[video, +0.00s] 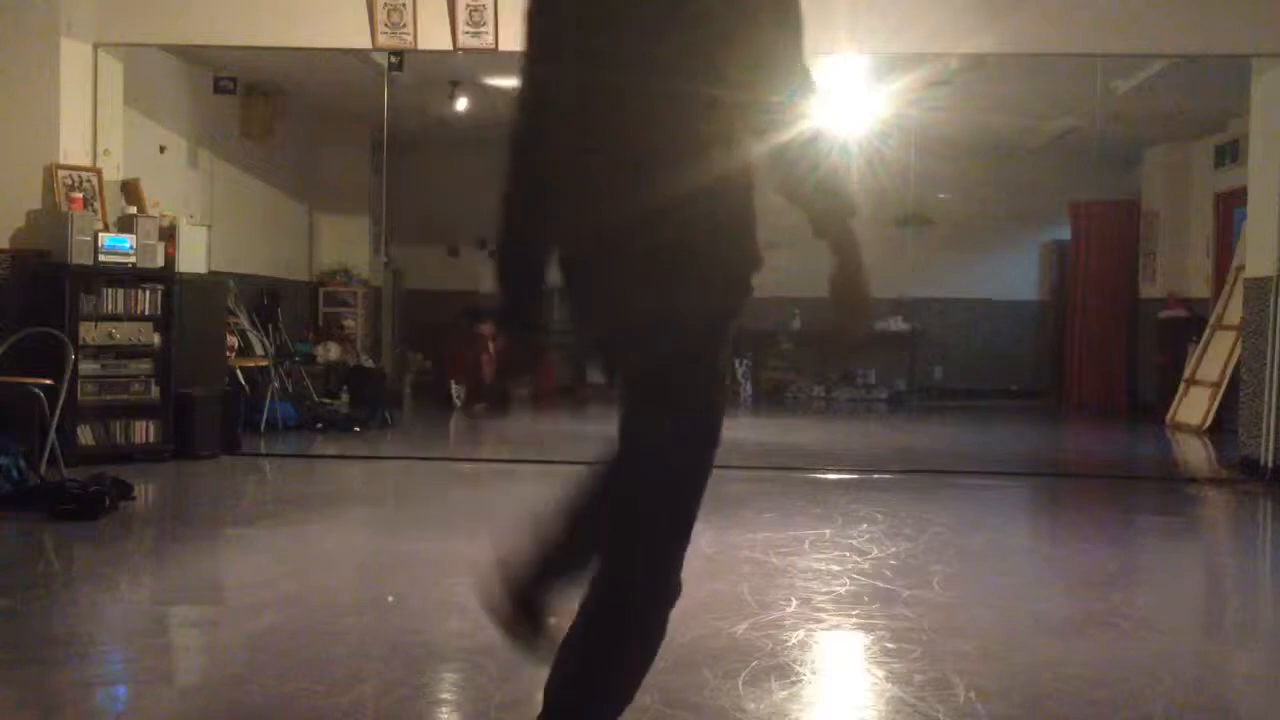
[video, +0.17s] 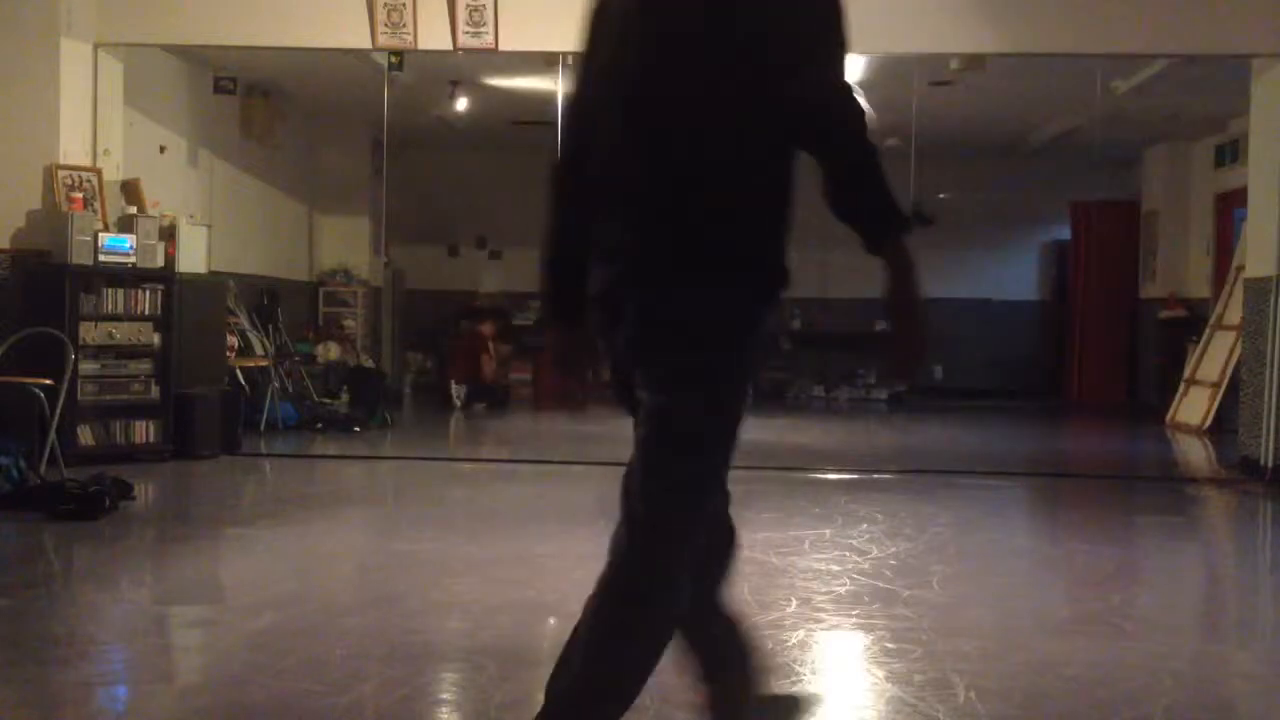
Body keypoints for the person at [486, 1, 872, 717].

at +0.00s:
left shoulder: (561, 12)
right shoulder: (756, 12)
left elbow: (536, 131)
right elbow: (780, 120)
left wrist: (520, 304)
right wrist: (846, 250)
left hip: (593, 253)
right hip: (695, 255)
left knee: (655, 443)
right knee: (649, 548)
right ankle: (578, 708)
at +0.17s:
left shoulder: (623, 11)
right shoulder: (798, 10)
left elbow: (582, 143)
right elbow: (830, 122)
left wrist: (565, 305)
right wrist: (896, 252)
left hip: (624, 272)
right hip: (724, 276)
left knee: (688, 506)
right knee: (660, 530)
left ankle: (733, 684)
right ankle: (574, 709)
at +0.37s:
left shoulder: (710, 18)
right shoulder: (865, 12)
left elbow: (671, 164)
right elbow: (878, 142)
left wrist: (651, 313)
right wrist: (926, 268)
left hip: (715, 286)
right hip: (801, 293)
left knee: (750, 509)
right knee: (777, 512)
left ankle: (765, 701)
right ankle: (631, 694)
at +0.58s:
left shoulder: (784, 20)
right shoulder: (907, 18)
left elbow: (766, 164)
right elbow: (894, 163)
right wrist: (919, 277)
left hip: (789, 288)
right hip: (872, 294)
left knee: (783, 489)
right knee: (921, 477)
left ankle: (762, 695)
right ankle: (840, 667)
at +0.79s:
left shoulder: (880, 24)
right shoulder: (975, 14)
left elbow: (854, 168)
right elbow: (958, 155)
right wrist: (952, 292)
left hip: (861, 290)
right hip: (928, 297)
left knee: (821, 496)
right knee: (983, 494)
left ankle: (765, 694)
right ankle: (1039, 675)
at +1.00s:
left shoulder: (977, 35)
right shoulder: (1069, 32)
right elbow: (1049, 188)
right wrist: (1060, 313)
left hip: (983, 315)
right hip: (1056, 319)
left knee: (976, 485)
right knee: (1089, 496)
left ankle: (853, 614)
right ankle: (1052, 676)